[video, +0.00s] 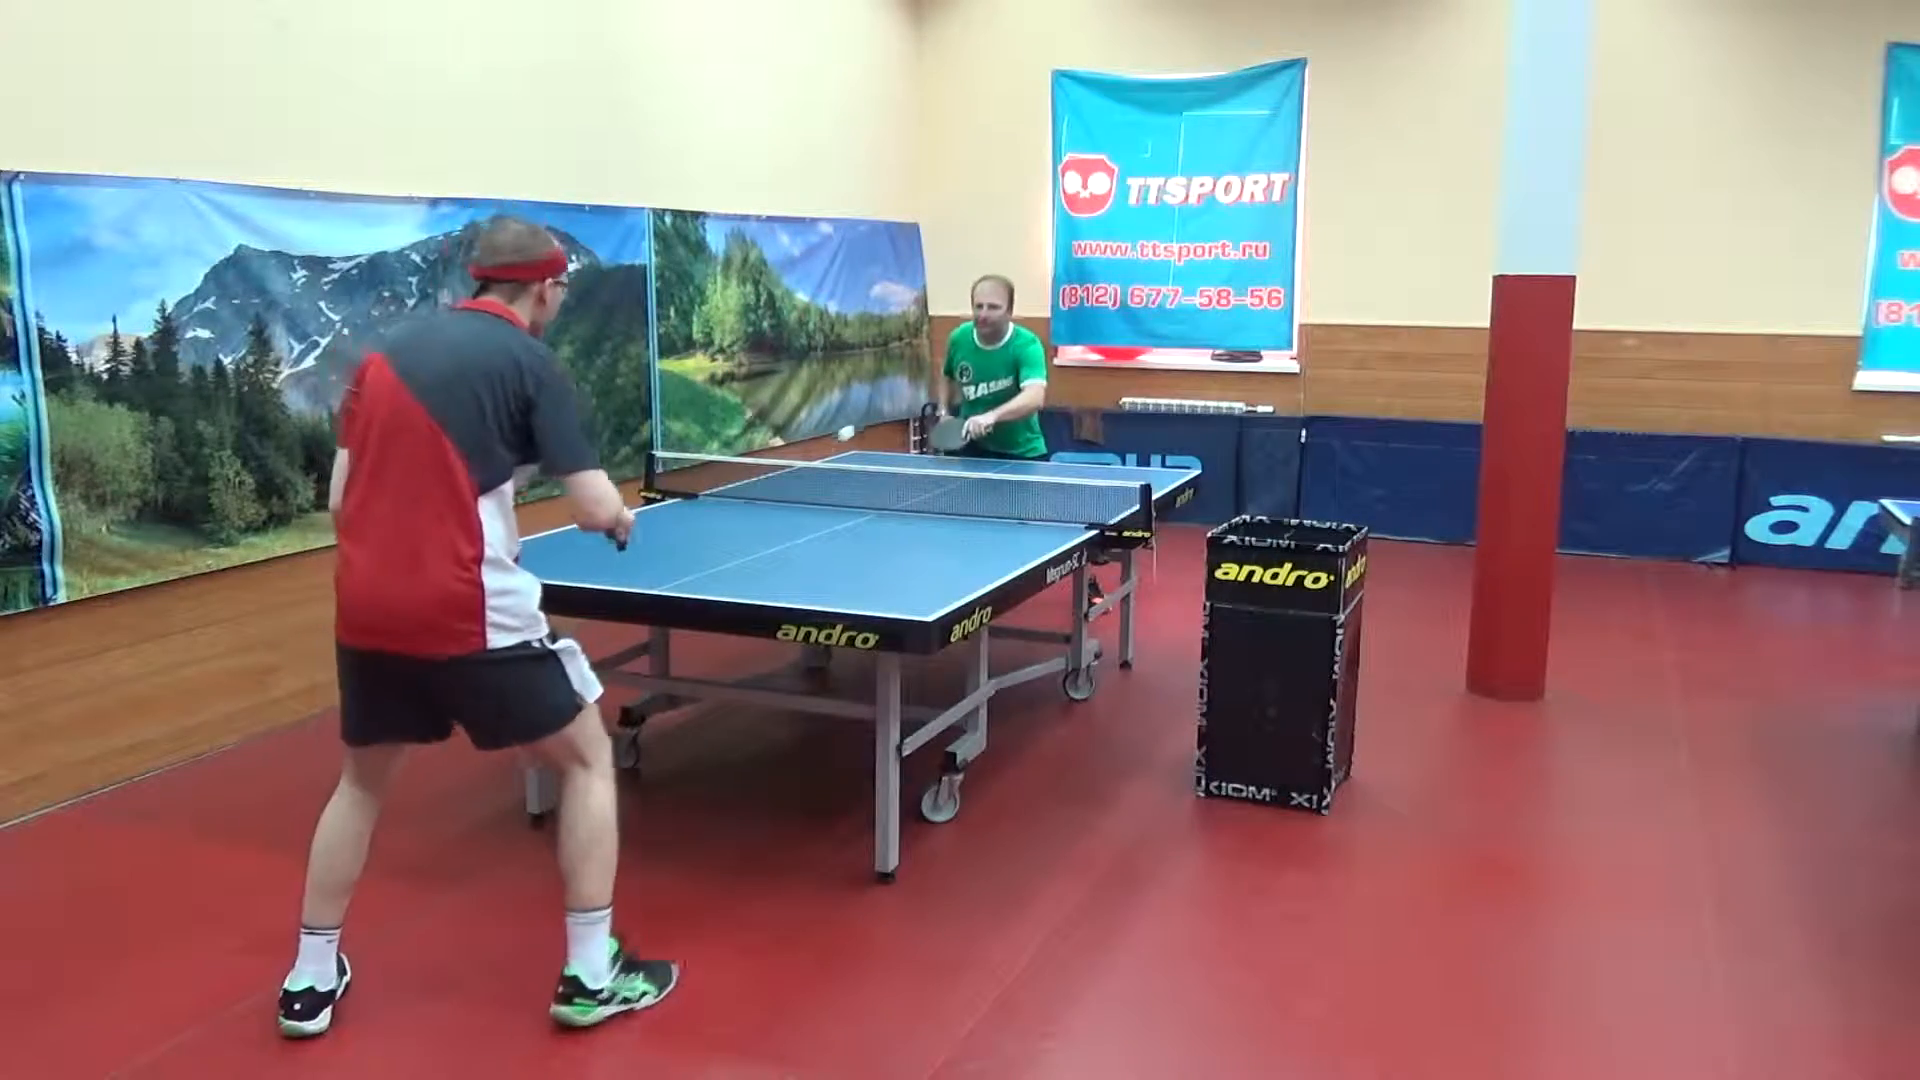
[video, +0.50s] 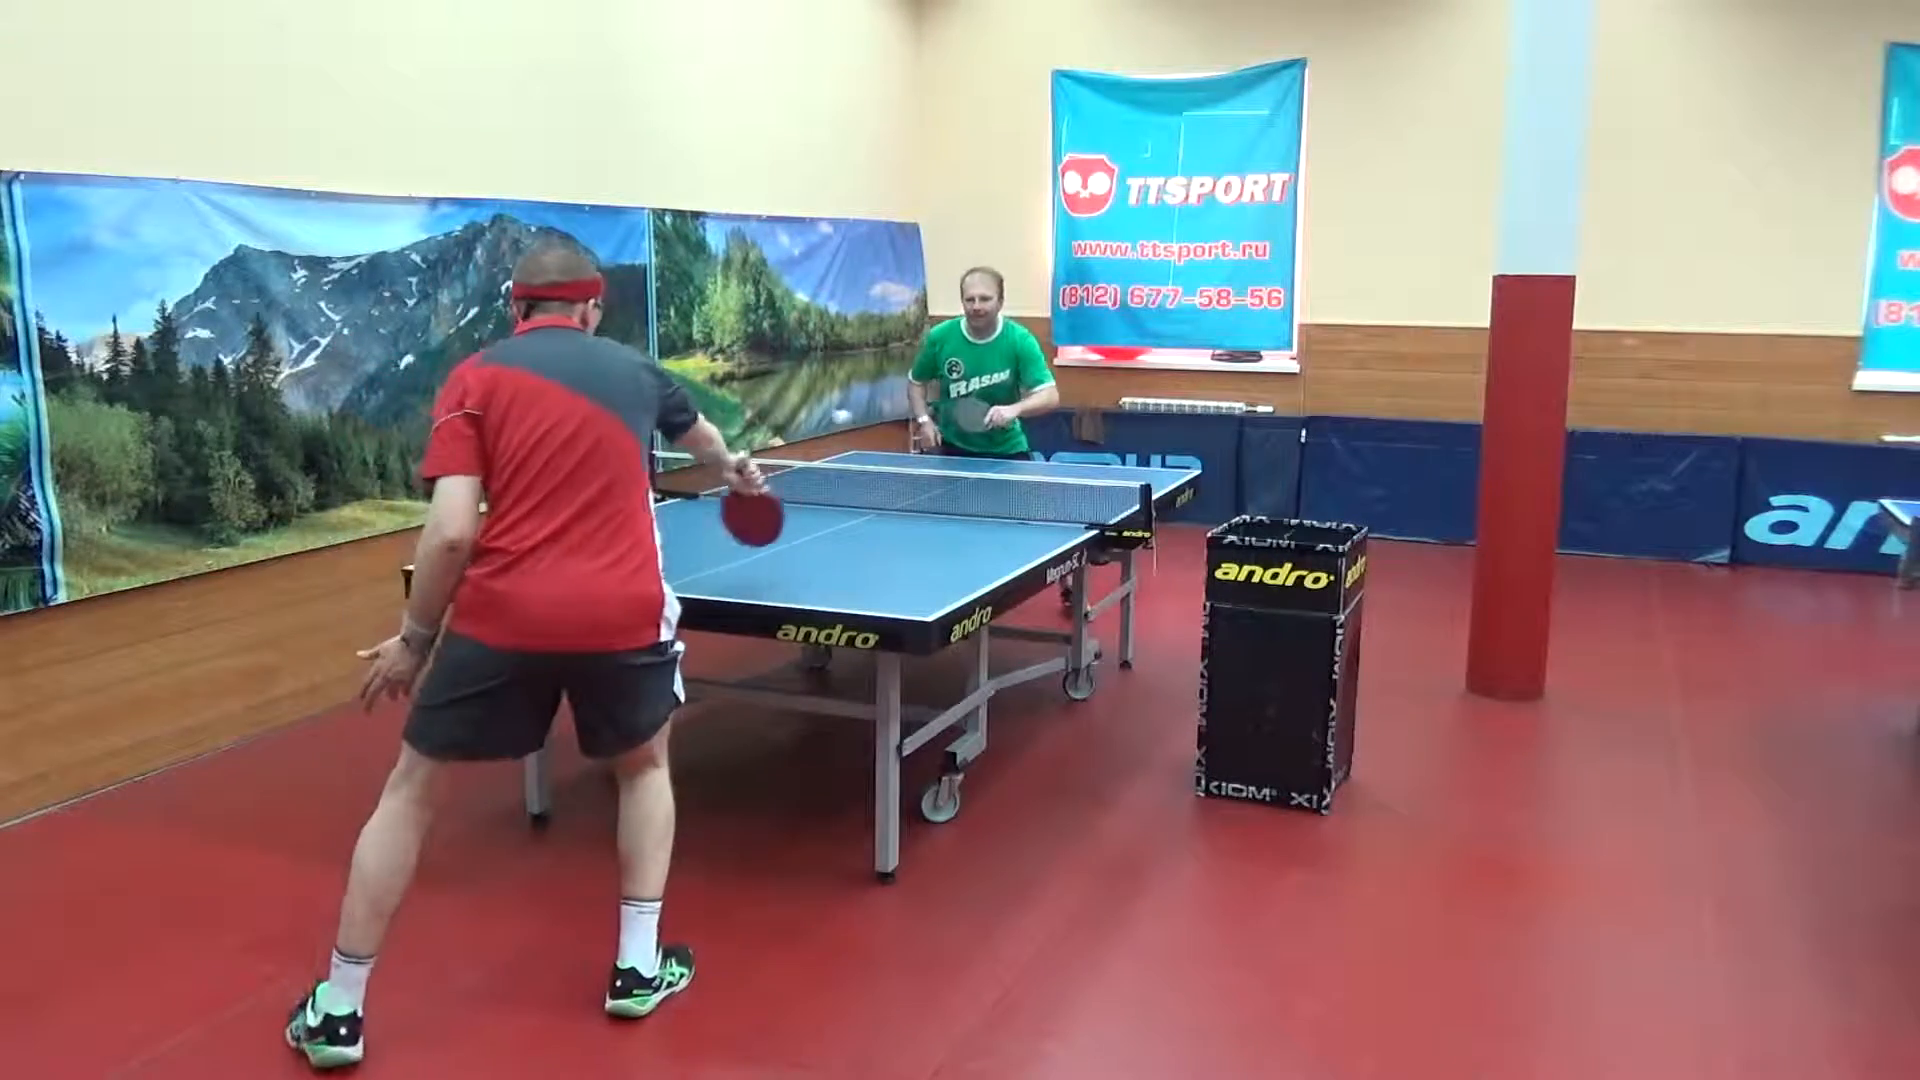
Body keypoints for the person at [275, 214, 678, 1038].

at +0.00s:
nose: (560, 301)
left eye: (560, 287)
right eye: (558, 287)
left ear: (477, 282)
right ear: (537, 289)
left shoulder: (386, 349)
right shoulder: (528, 363)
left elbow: (341, 499)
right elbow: (595, 508)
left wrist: (443, 517)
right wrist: (619, 517)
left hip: (368, 613)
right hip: (477, 615)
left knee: (360, 780)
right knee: (587, 759)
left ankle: (310, 981)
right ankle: (592, 972)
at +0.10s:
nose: (587, 322)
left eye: (586, 309)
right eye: (586, 309)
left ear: (503, 301)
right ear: (569, 309)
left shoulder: (418, 365)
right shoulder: (568, 379)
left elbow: (362, 509)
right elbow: (644, 511)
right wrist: (593, 514)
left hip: (393, 629)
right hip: (513, 628)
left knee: (373, 783)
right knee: (607, 764)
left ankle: (311, 980)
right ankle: (632, 966)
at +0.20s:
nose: (603, 337)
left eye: (600, 326)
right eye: (603, 326)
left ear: (521, 317)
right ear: (590, 324)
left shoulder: (445, 375)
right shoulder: (604, 383)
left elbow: (391, 522)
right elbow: (701, 496)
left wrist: (387, 622)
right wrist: (649, 527)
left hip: (435, 615)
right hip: (557, 618)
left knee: (381, 780)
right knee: (632, 764)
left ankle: (314, 976)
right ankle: (633, 965)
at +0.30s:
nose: (599, 335)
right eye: (600, 325)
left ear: (516, 319)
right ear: (593, 323)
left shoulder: (460, 384)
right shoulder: (629, 380)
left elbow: (421, 540)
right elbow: (736, 455)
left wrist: (404, 634)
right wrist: (700, 490)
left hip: (474, 620)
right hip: (600, 620)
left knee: (397, 784)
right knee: (644, 765)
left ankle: (327, 977)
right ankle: (635, 964)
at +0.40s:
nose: (596, 327)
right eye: (597, 316)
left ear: (512, 317)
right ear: (590, 318)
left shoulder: (470, 385)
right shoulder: (634, 377)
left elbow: (447, 538)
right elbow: (720, 446)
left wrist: (413, 642)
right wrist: (747, 464)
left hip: (496, 619)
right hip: (620, 617)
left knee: (412, 785)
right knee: (644, 769)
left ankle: (339, 990)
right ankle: (635, 964)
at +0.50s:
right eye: (597, 302)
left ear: (514, 305)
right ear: (592, 304)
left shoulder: (474, 378)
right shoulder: (636, 373)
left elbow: (453, 527)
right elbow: (708, 447)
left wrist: (413, 638)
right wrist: (733, 468)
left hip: (502, 616)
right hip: (624, 616)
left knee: (411, 791)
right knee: (642, 764)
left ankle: (338, 1006)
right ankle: (637, 967)